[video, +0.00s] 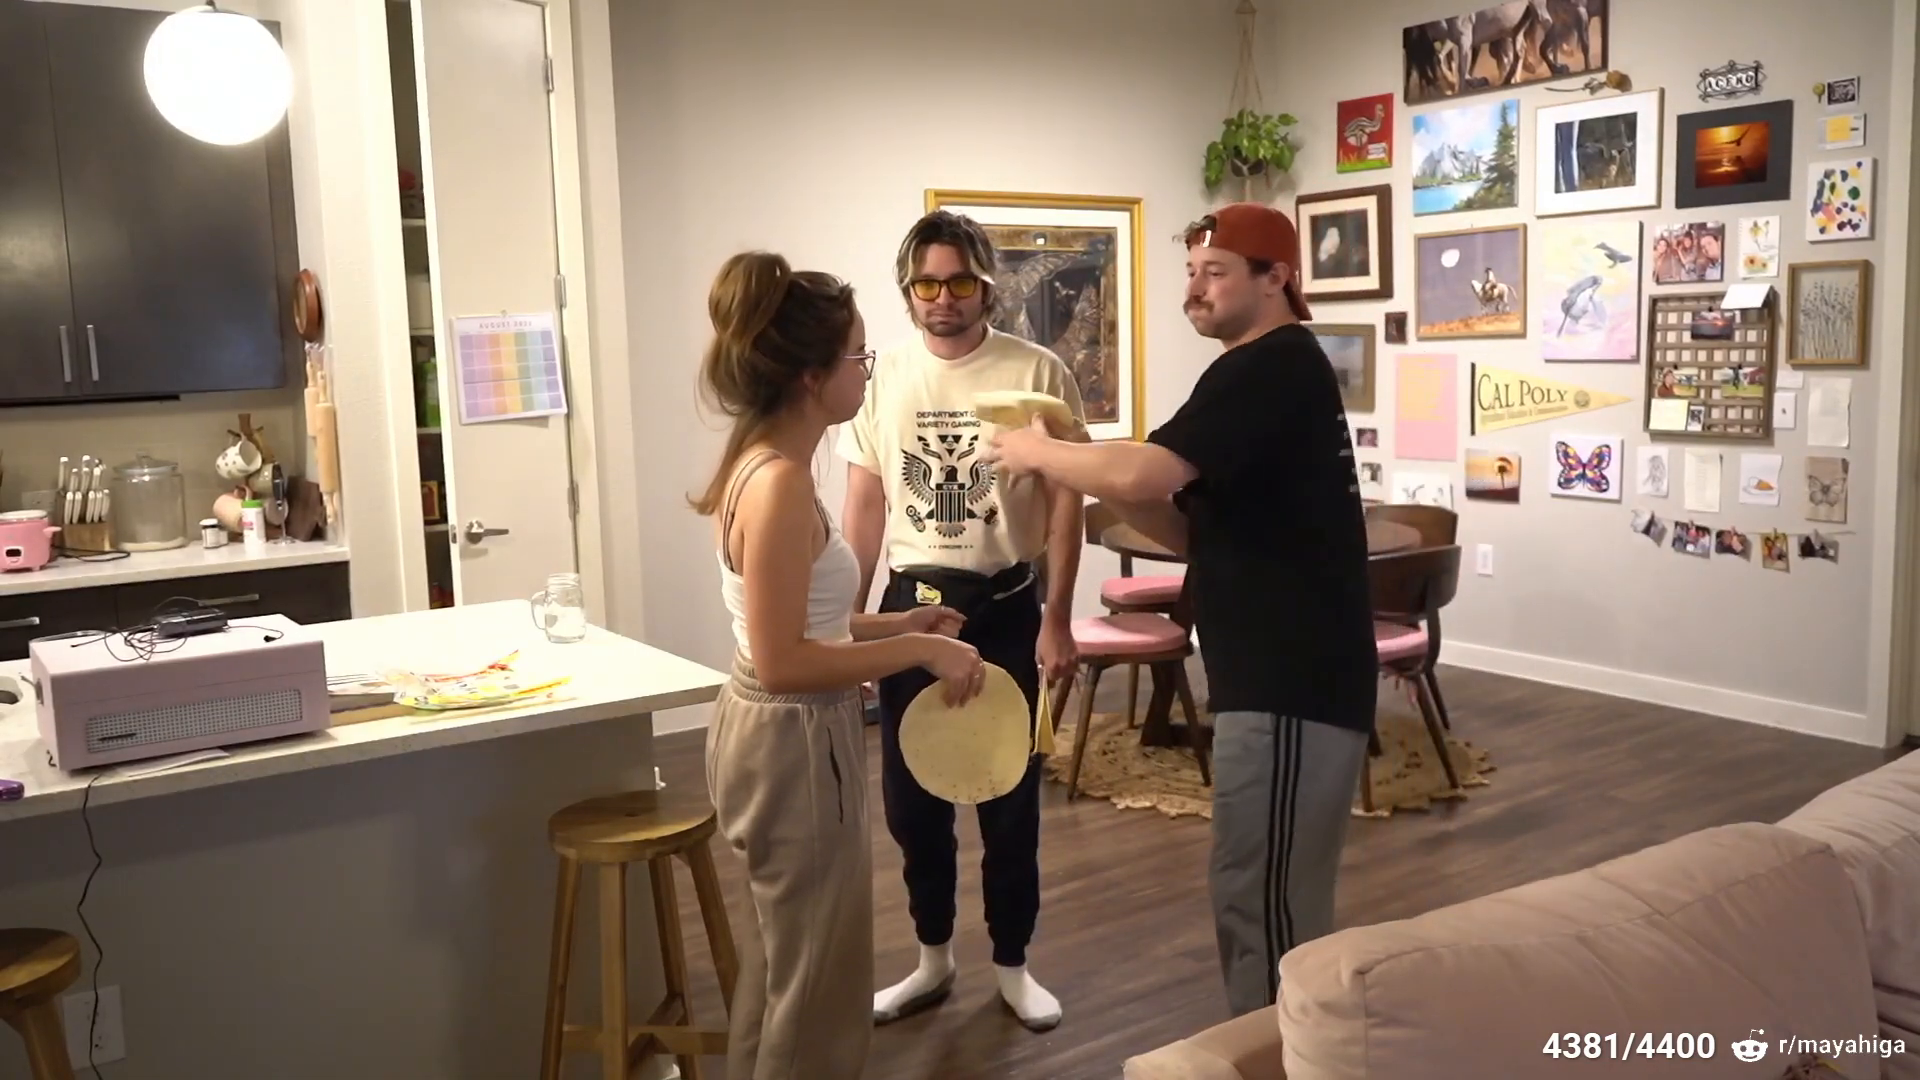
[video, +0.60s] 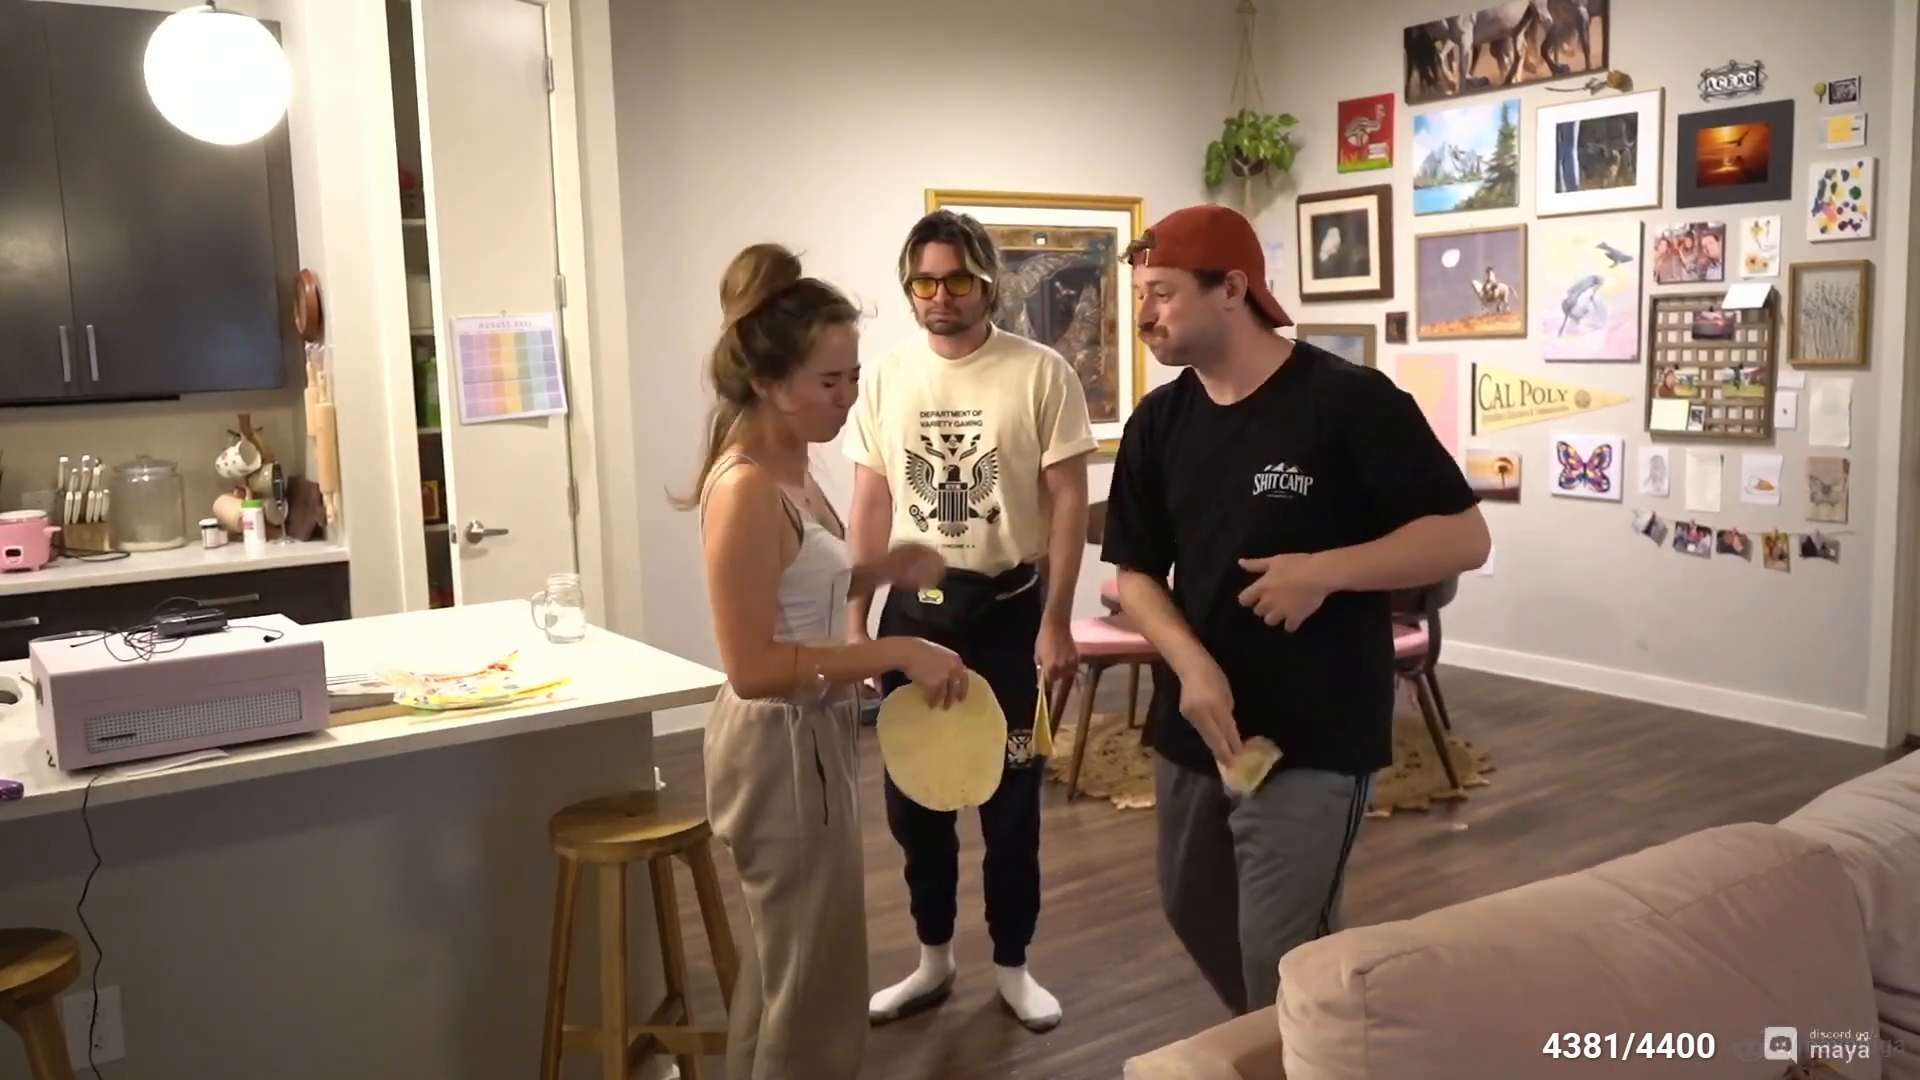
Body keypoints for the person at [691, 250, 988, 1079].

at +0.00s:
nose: (869, 369)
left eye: (864, 353)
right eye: (858, 356)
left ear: (804, 377)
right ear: (811, 378)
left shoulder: (767, 468)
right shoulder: (777, 483)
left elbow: (797, 625)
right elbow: (779, 664)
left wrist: (900, 623)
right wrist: (919, 653)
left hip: (780, 731)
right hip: (792, 743)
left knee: (786, 963)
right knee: (817, 976)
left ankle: (762, 1074)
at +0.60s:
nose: (849, 395)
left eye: (853, 376)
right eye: (833, 381)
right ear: (770, 383)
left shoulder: (795, 465)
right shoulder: (745, 486)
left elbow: (802, 591)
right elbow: (753, 668)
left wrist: (885, 564)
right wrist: (898, 652)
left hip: (809, 735)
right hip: (777, 749)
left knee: (806, 970)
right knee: (805, 982)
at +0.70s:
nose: (796, 413)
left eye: (812, 390)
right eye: (774, 394)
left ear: (831, 377)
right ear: (734, 384)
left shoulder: (804, 462)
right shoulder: (723, 479)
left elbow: (883, 555)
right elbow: (749, 649)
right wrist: (895, 623)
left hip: (820, 724)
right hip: (771, 737)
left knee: (837, 971)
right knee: (822, 981)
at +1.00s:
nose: (704, 431)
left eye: (719, 406)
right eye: (683, 415)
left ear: (768, 395)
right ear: (666, 415)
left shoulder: (816, 462)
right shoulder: (665, 497)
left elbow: (831, 621)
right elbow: (669, 660)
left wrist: (765, 491)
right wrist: (783, 649)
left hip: (817, 731)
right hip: (715, 743)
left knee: (826, 988)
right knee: (774, 1010)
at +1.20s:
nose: (616, 488)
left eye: (634, 463)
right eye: (603, 466)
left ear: (703, 451)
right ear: (595, 457)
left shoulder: (777, 497)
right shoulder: (617, 534)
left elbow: (759, 670)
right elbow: (625, 682)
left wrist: (698, 541)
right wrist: (689, 710)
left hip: (804, 753)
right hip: (688, 764)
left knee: (813, 1005)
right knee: (712, 1030)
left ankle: (799, 1076)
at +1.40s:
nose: (538, 583)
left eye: (551, 562)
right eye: (524, 563)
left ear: (624, 540)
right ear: (515, 544)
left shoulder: (715, 559)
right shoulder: (558, 595)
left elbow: (704, 740)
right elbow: (592, 722)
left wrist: (629, 624)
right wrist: (606, 803)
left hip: (783, 766)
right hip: (670, 770)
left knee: (812, 1036)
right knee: (668, 1040)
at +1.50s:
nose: (515, 637)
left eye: (525, 615)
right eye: (502, 618)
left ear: (597, 586)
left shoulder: (703, 591)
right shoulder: (546, 627)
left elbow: (728, 766)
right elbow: (563, 750)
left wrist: (617, 671)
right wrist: (557, 847)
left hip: (772, 789)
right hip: (653, 791)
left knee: (806, 1047)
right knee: (643, 1040)